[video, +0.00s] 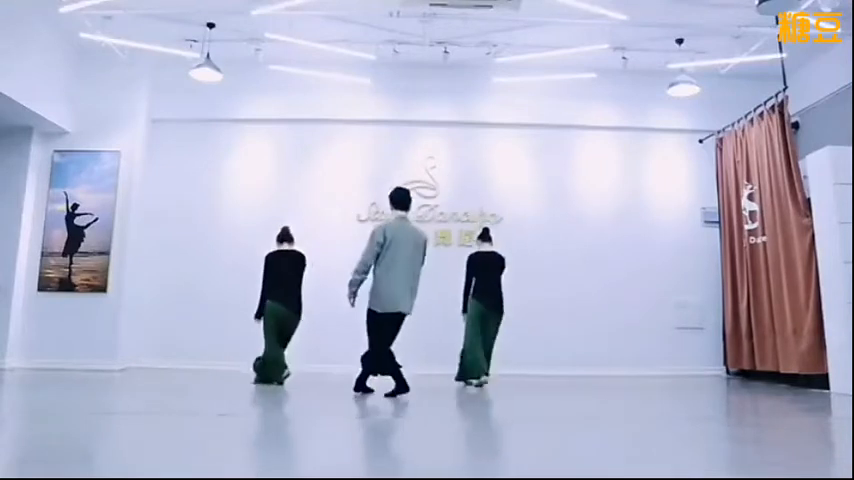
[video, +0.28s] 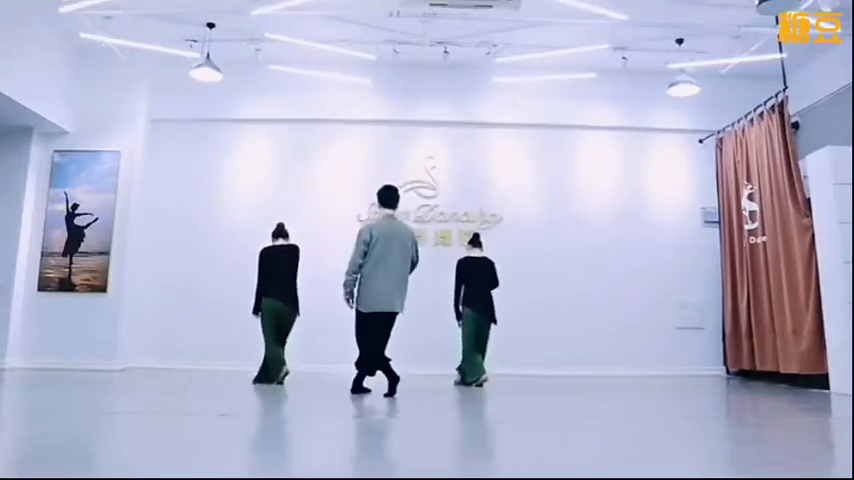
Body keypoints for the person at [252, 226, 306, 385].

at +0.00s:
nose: (285, 245)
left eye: (281, 242)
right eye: (287, 242)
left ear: (277, 241)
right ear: (293, 241)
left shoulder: (271, 257)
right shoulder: (301, 258)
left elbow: (266, 286)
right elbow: (297, 284)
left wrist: (260, 309)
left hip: (273, 303)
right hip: (294, 306)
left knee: (271, 340)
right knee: (281, 344)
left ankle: (279, 370)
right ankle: (265, 372)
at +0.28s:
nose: (279, 241)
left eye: (275, 238)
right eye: (283, 237)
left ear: (272, 237)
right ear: (288, 237)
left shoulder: (265, 252)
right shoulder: (294, 250)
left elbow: (261, 281)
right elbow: (293, 280)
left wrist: (256, 305)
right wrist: (296, 306)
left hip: (269, 300)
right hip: (290, 302)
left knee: (270, 338)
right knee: (279, 341)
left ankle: (279, 368)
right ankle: (264, 376)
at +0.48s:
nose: (279, 235)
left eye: (274, 232)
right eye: (281, 232)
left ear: (270, 232)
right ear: (286, 231)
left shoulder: (263, 247)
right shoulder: (292, 245)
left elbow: (258, 277)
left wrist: (254, 301)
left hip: (267, 296)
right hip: (287, 296)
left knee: (268, 334)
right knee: (283, 335)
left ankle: (278, 366)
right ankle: (267, 372)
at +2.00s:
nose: (274, 226)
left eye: (271, 223)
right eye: (277, 224)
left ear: (265, 226)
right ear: (281, 227)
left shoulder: (257, 245)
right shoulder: (285, 246)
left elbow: (252, 274)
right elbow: (291, 231)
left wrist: (248, 298)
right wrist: (287, 215)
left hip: (261, 292)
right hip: (280, 293)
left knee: (263, 330)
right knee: (278, 331)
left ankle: (275, 365)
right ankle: (266, 373)